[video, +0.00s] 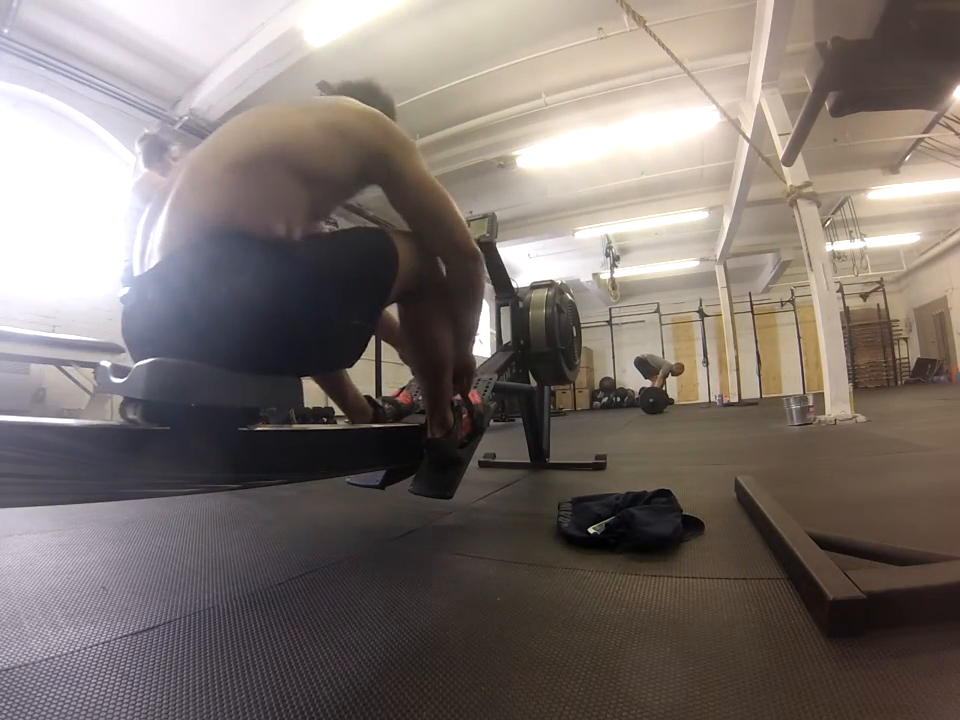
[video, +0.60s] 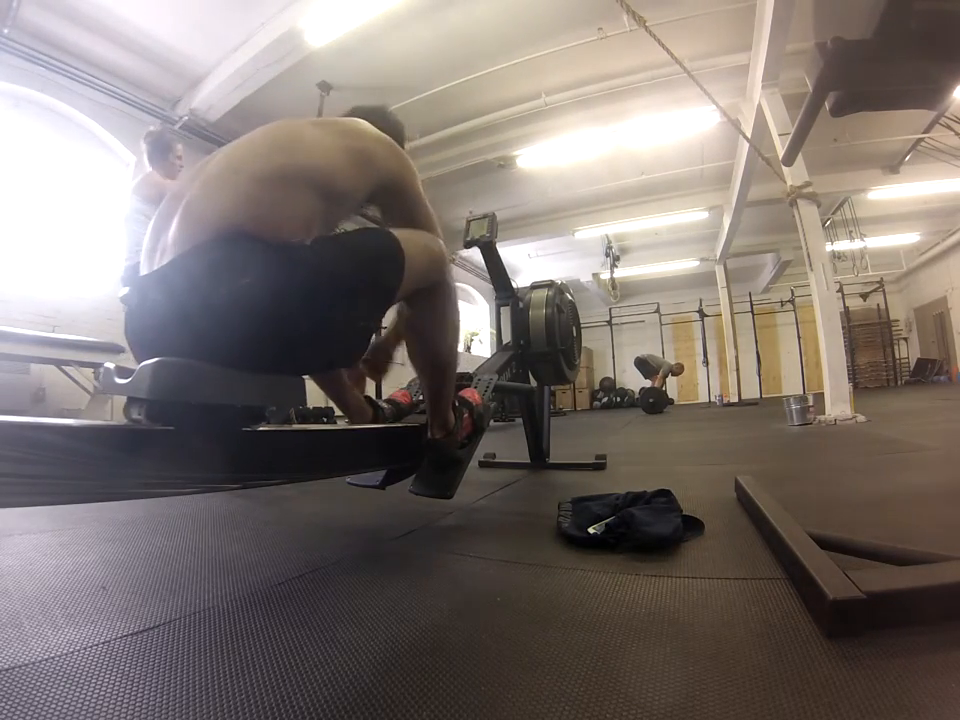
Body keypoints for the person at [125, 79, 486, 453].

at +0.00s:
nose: (398, 143)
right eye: (394, 133)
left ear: (330, 99)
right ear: (381, 118)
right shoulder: (374, 128)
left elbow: (319, 262)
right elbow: (465, 255)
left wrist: (405, 343)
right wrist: (464, 351)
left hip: (147, 323)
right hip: (238, 303)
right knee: (423, 263)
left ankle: (363, 418)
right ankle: (443, 426)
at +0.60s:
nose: (398, 175)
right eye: (401, 164)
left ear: (345, 120)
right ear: (392, 144)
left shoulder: (280, 145)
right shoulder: (387, 153)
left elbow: (298, 262)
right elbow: (430, 268)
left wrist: (356, 349)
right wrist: (390, 343)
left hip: (149, 326)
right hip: (242, 305)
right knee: (431, 262)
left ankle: (364, 415)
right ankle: (444, 424)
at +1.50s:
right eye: (371, 105)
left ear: (307, 77)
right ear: (364, 96)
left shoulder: (239, 115)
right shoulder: (356, 125)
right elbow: (382, 257)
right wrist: (397, 335)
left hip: (126, 312)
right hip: (220, 298)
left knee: (288, 294)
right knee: (415, 263)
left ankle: (364, 418)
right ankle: (443, 426)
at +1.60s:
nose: (347, 92)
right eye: (350, 83)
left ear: (282, 56)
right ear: (338, 72)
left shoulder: (215, 95)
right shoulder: (336, 96)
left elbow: (125, 178)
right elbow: (384, 225)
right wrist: (393, 298)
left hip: (117, 309)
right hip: (212, 300)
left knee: (283, 291)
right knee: (412, 263)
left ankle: (364, 417)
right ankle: (443, 427)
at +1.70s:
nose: (328, 56)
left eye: (327, 48)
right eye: (325, 46)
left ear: (254, 29)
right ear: (315, 38)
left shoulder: (196, 76)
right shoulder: (308, 64)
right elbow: (392, 211)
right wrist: (431, 301)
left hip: (102, 305)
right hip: (195, 291)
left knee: (278, 287)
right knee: (412, 266)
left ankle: (364, 415)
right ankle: (444, 427)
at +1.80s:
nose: (311, 43)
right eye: (307, 31)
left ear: (236, 12)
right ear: (291, 15)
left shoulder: (174, 60)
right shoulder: (269, 37)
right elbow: (373, 183)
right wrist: (434, 254)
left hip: (85, 297)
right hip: (171, 279)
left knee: (279, 304)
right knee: (402, 275)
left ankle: (362, 414)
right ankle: (445, 426)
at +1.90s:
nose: (281, 40)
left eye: (282, 36)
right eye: (278, 29)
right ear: (257, 6)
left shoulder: (150, 47)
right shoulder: (225, 17)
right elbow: (318, 155)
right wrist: (418, 259)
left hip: (73, 286)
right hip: (142, 269)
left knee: (274, 309)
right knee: (389, 280)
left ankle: (367, 421)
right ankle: (445, 429)